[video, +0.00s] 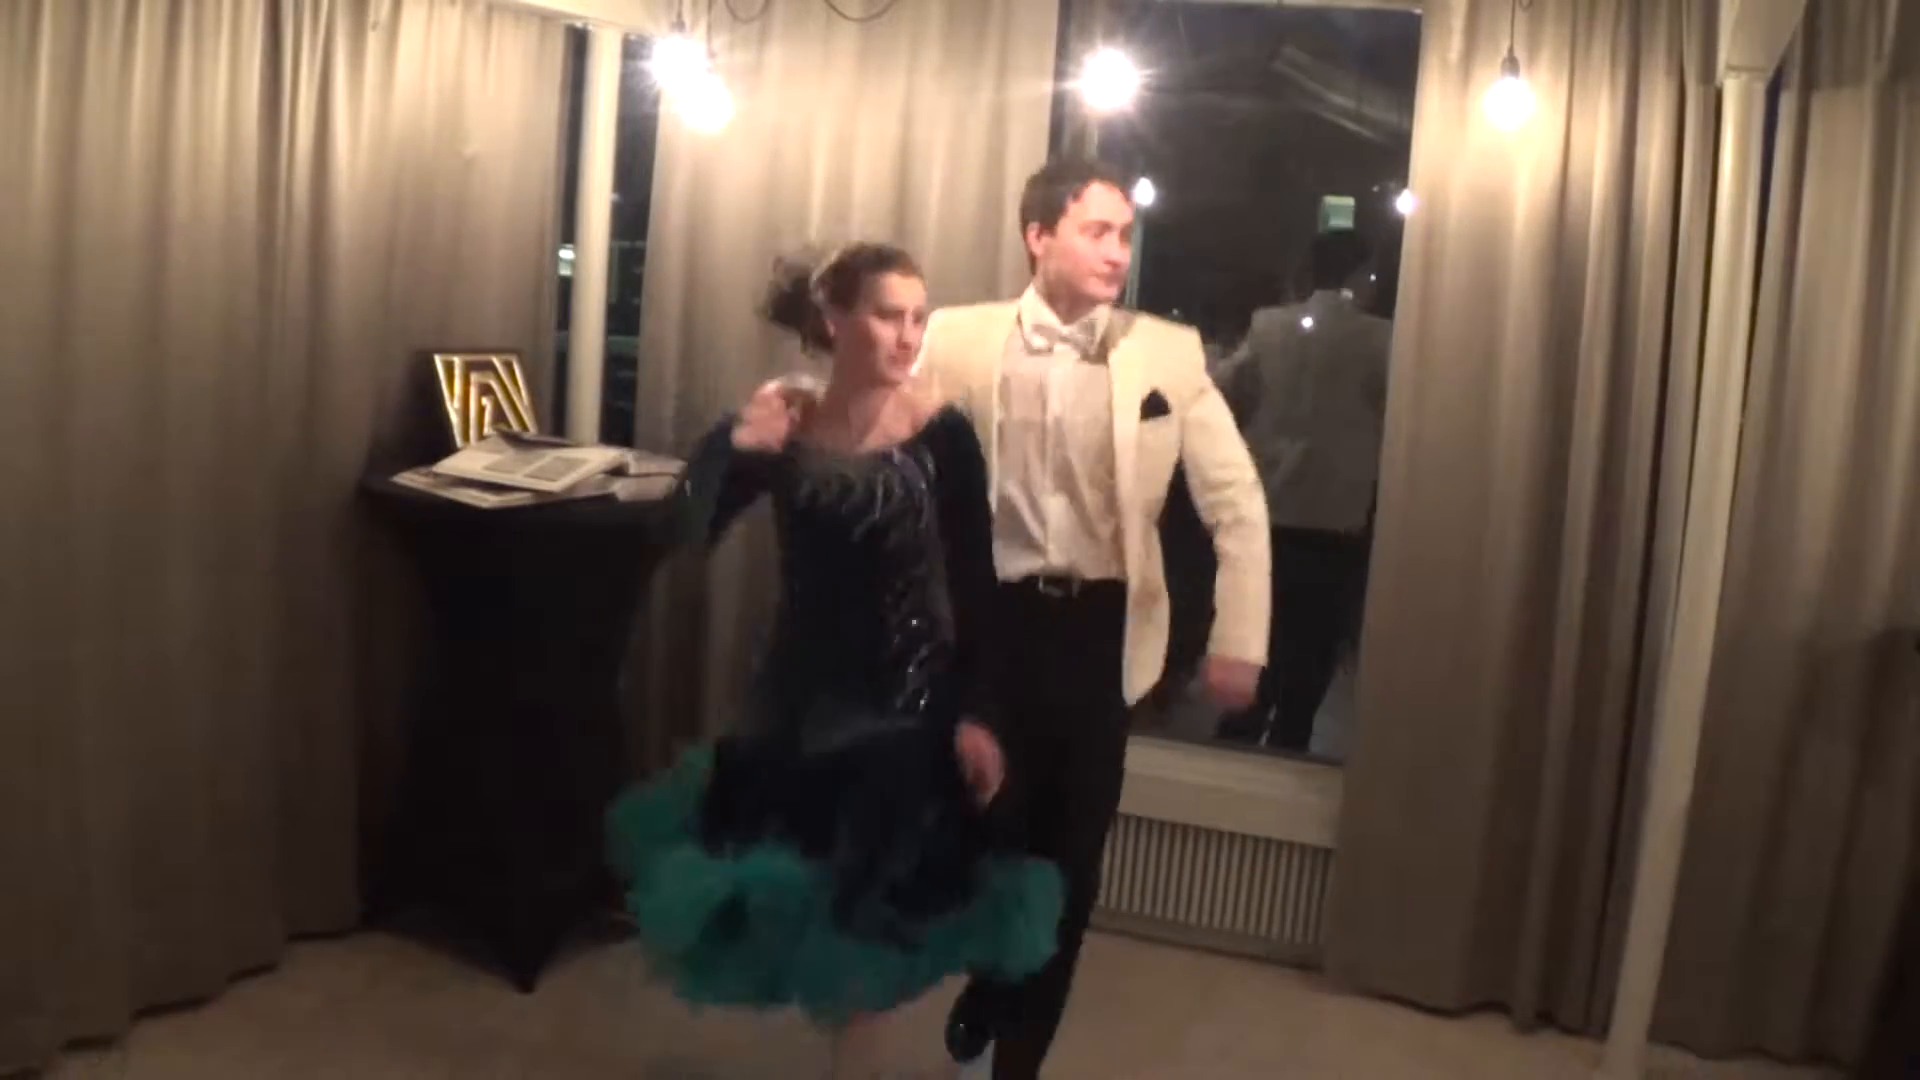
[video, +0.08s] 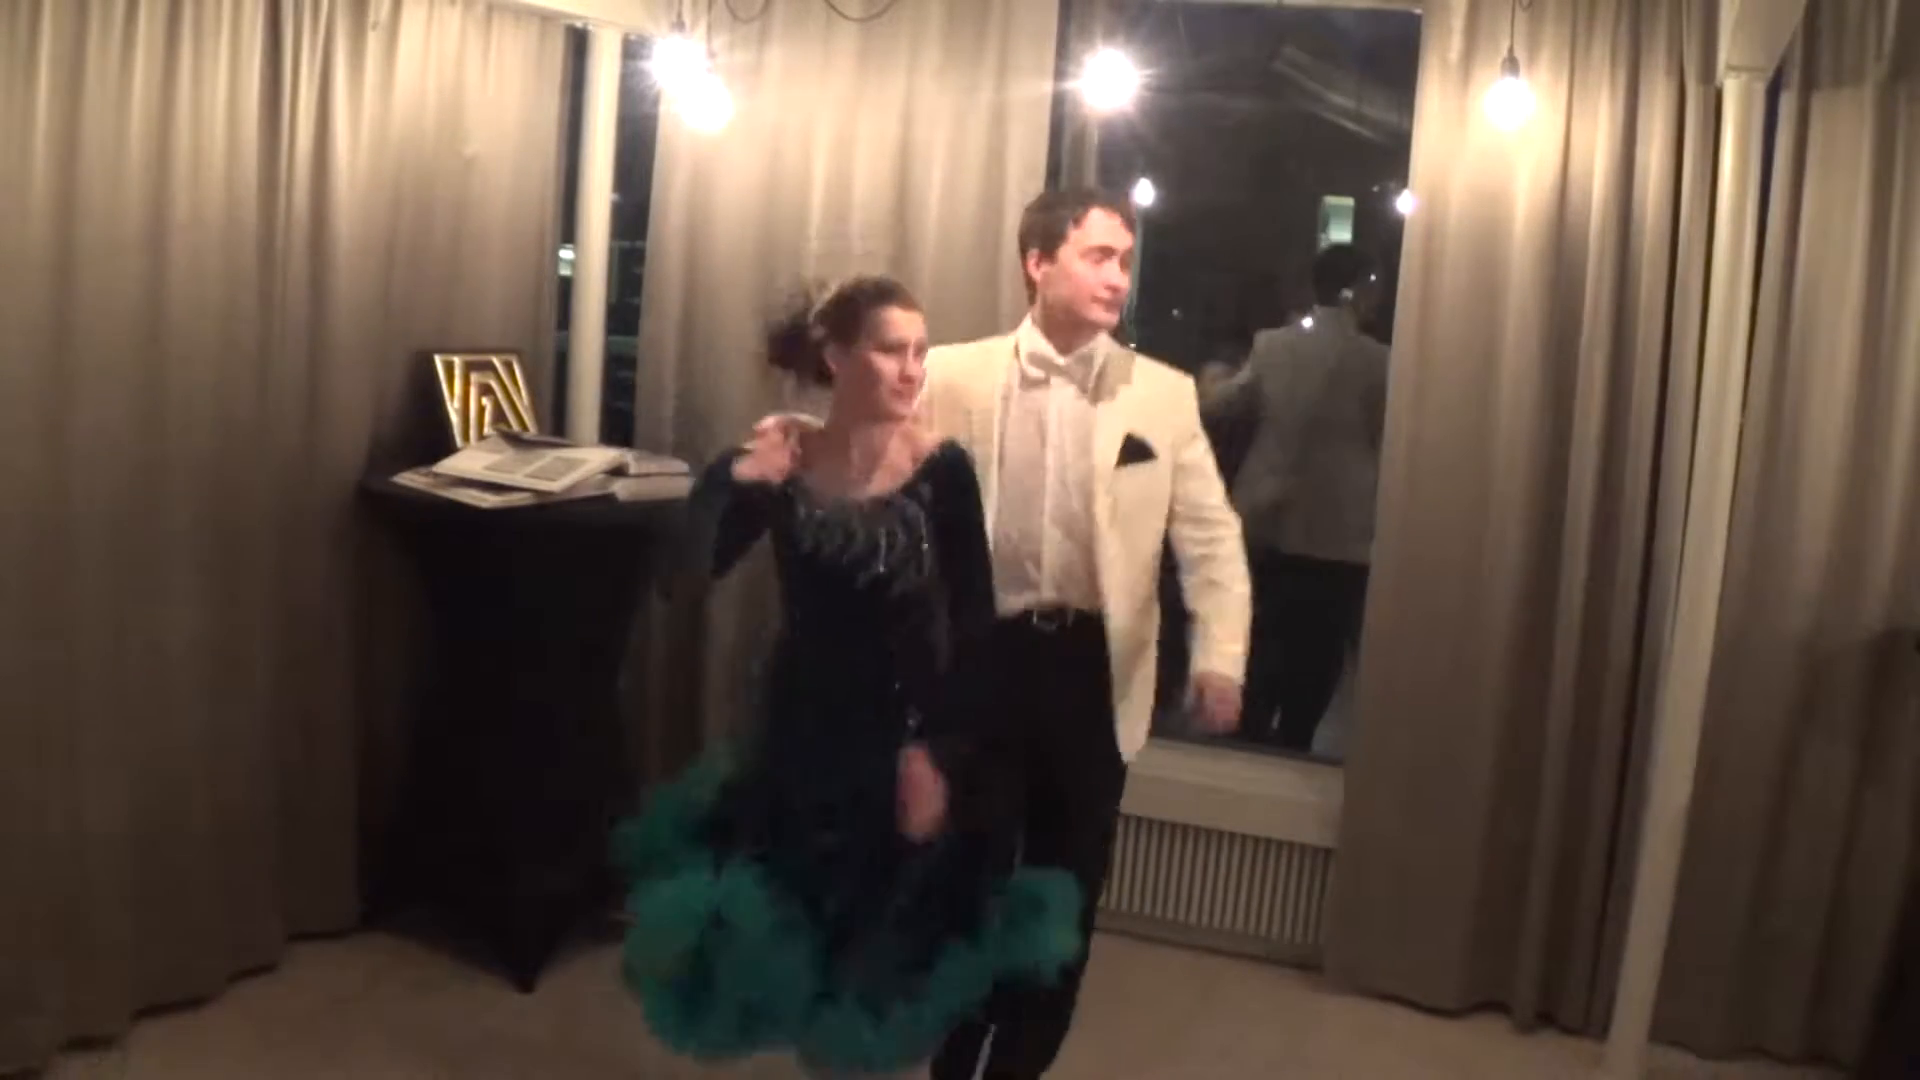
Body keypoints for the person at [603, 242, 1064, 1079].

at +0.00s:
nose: (910, 335)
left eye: (921, 318)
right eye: (891, 316)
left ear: (928, 327)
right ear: (836, 322)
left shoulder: (940, 433)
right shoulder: (789, 424)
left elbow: (975, 583)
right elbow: (688, 532)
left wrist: (975, 709)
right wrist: (734, 445)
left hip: (912, 690)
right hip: (808, 683)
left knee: (884, 895)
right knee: (805, 880)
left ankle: (859, 1051)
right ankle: (842, 1034)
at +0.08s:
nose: (913, 369)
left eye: (920, 351)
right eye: (892, 352)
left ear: (926, 358)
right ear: (835, 361)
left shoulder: (939, 469)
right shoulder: (788, 458)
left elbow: (971, 619)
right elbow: (698, 565)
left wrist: (933, 744)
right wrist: (737, 476)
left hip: (900, 708)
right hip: (803, 700)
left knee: (894, 895)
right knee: (800, 886)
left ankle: (879, 1045)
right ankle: (811, 1036)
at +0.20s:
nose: (929, 354)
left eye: (936, 336)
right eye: (910, 333)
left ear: (941, 343)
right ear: (848, 335)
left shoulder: (939, 438)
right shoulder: (782, 426)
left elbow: (1018, 550)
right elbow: (641, 474)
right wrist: (742, 423)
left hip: (901, 691)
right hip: (801, 683)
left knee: (901, 878)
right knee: (777, 870)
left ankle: (891, 1042)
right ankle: (779, 1036)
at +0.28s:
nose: (934, 342)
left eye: (942, 324)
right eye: (919, 318)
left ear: (944, 333)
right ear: (857, 312)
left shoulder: (929, 429)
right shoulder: (777, 402)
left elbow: (1037, 484)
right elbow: (622, 395)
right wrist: (747, 361)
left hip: (895, 697)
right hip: (795, 688)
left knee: (897, 889)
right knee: (764, 882)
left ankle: (888, 1045)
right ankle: (753, 1047)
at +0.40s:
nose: (939, 386)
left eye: (945, 367)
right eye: (924, 363)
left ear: (948, 369)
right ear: (858, 349)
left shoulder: (929, 474)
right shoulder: (770, 438)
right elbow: (617, 468)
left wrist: (968, 518)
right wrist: (733, 422)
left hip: (870, 728)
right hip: (764, 719)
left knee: (843, 941)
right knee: (738, 938)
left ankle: (827, 1060)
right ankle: (739, 1061)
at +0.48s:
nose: (933, 432)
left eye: (940, 414)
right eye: (921, 407)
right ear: (860, 393)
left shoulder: (919, 522)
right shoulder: (754, 482)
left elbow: (975, 661)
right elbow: (621, 555)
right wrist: (717, 480)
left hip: (862, 778)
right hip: (751, 771)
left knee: (851, 975)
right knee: (742, 979)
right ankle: (770, 1063)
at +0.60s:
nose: (939, 458)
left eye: (947, 439)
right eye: (928, 435)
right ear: (865, 416)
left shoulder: (915, 545)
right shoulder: (752, 502)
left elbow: (1001, 676)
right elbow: (603, 571)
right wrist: (700, 491)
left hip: (847, 801)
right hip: (738, 795)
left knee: (857, 1003)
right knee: (712, 1002)